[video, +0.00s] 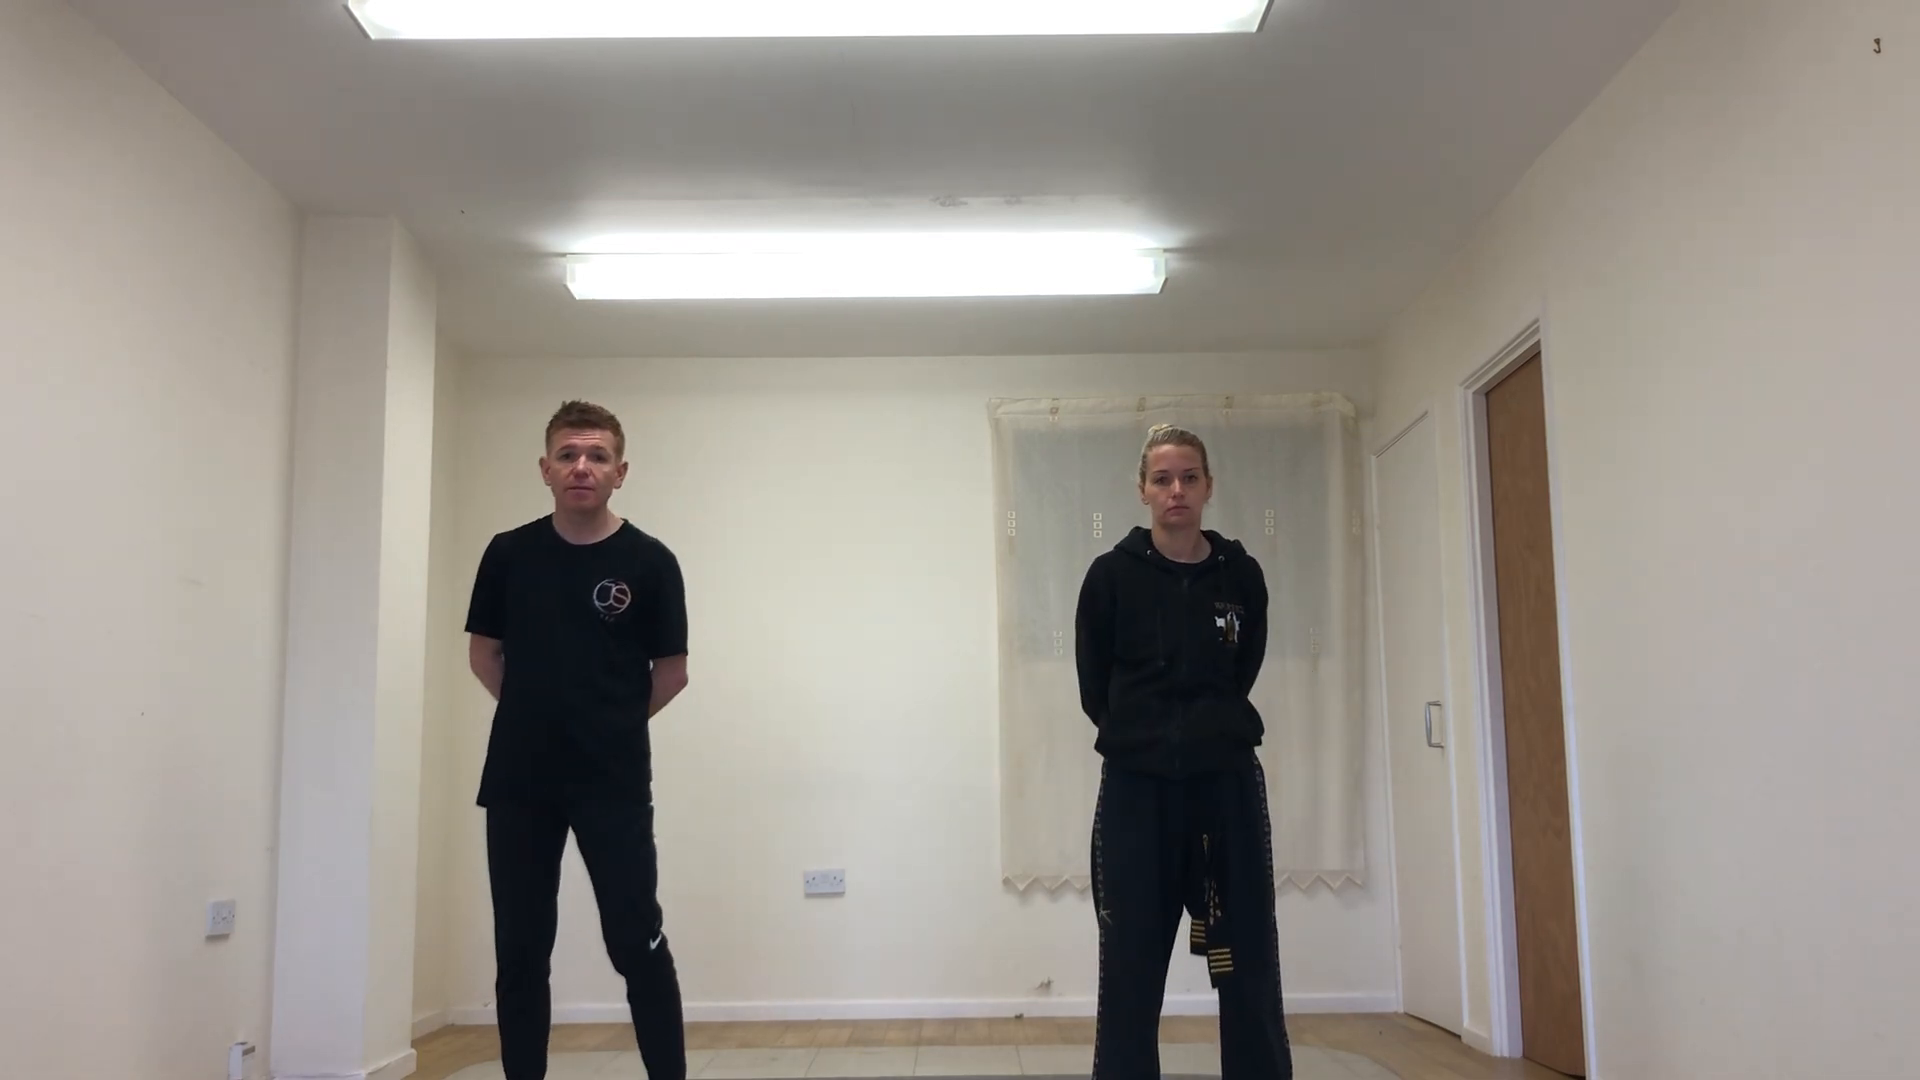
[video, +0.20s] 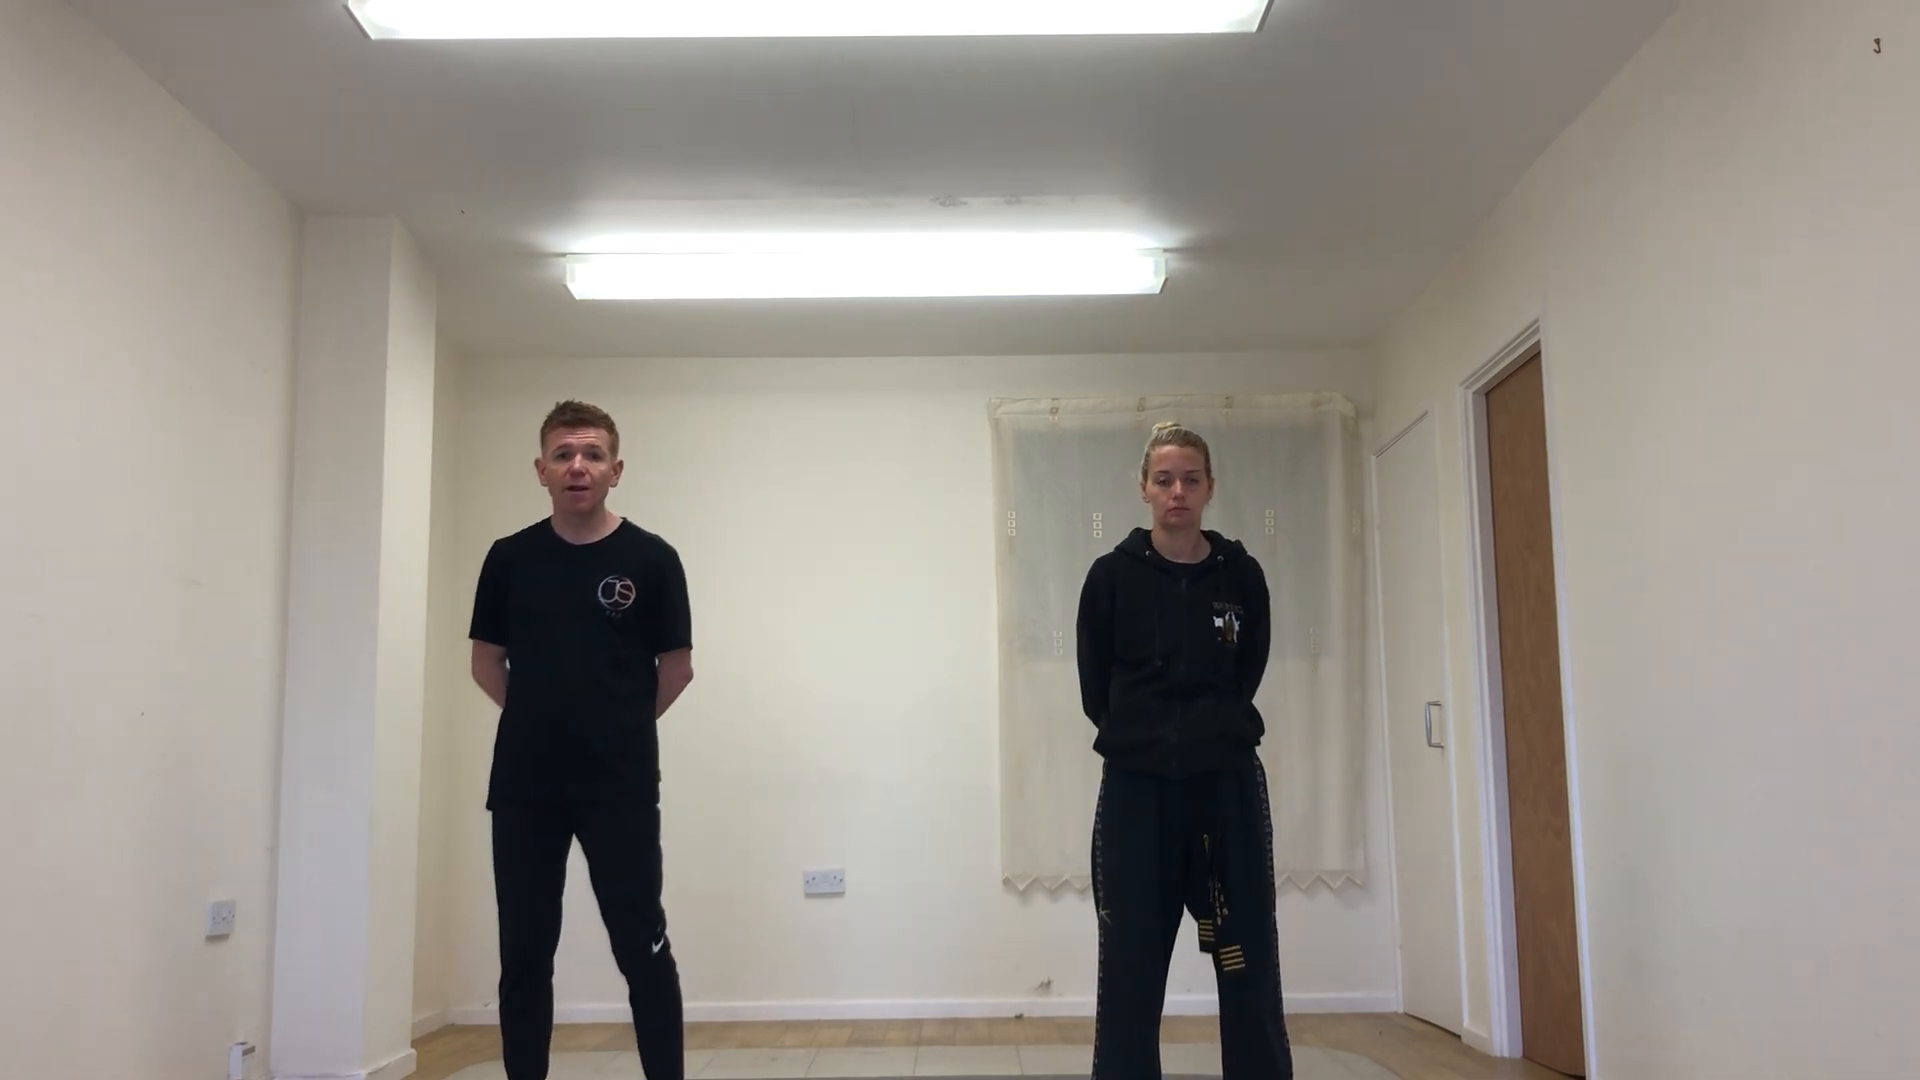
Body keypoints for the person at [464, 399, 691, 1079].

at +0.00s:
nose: (581, 467)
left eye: (596, 456)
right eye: (567, 455)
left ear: (618, 473)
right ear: (546, 469)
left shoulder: (650, 560)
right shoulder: (507, 552)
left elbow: (670, 673)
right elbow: (484, 657)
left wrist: (610, 718)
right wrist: (538, 711)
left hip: (612, 774)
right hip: (522, 772)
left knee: (637, 945)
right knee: (519, 955)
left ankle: (668, 1075)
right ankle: (523, 1076)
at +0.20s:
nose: (578, 466)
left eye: (592, 454)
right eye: (564, 454)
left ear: (614, 470)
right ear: (542, 469)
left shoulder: (652, 557)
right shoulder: (508, 556)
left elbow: (676, 669)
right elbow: (486, 664)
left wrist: (620, 720)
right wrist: (541, 715)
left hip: (619, 777)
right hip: (527, 777)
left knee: (642, 949)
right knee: (523, 955)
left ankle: (665, 1075)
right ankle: (524, 1076)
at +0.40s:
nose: (588, 465)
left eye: (603, 454)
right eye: (574, 453)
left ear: (624, 470)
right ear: (552, 469)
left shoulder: (663, 556)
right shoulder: (521, 559)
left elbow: (692, 665)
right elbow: (503, 670)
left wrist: (638, 719)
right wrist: (558, 715)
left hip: (635, 776)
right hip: (543, 777)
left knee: (655, 949)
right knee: (533, 953)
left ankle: (671, 1076)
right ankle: (529, 1076)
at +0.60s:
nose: (602, 462)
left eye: (617, 452)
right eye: (588, 451)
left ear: (638, 471)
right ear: (566, 467)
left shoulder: (676, 557)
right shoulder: (535, 561)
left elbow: (706, 665)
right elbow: (518, 672)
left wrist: (653, 723)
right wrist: (572, 717)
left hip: (646, 777)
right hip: (555, 777)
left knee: (662, 950)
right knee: (541, 953)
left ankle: (673, 1076)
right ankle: (532, 1076)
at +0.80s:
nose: (616, 462)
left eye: (632, 453)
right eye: (602, 451)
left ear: (651, 473)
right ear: (580, 469)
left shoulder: (685, 559)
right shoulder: (544, 560)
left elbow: (714, 667)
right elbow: (526, 670)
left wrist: (661, 724)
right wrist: (580, 717)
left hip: (653, 774)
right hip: (561, 774)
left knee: (666, 949)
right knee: (544, 949)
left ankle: (674, 1076)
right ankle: (533, 1075)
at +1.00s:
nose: (629, 463)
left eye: (645, 455)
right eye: (616, 451)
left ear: (661, 475)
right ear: (590, 466)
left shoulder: (690, 562)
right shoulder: (546, 557)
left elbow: (714, 671)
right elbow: (523, 667)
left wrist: (656, 722)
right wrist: (576, 718)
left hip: (654, 776)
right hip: (562, 775)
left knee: (666, 951)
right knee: (544, 950)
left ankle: (674, 1076)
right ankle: (533, 1076)